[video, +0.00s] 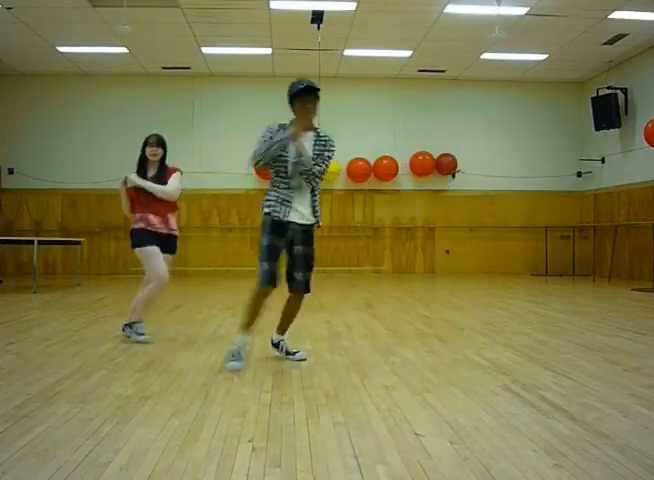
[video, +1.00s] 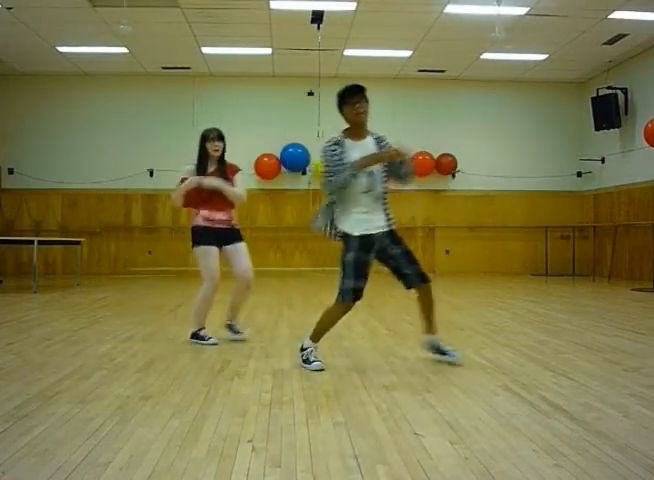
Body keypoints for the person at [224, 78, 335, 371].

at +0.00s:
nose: (311, 106)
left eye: (314, 101)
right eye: (305, 101)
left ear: (318, 105)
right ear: (293, 105)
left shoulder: (324, 141)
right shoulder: (275, 133)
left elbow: (315, 176)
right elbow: (258, 162)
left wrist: (299, 148)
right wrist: (286, 139)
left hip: (305, 220)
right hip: (276, 214)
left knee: (300, 287)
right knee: (267, 282)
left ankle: (279, 338)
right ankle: (241, 340)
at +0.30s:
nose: (285, 110)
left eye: (289, 105)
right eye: (278, 106)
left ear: (295, 110)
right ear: (268, 113)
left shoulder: (303, 145)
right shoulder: (256, 149)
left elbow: (329, 181)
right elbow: (257, 188)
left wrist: (314, 151)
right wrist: (289, 161)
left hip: (294, 235)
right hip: (262, 234)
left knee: (322, 291)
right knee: (239, 294)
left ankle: (322, 335)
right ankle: (218, 348)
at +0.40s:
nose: (290, 107)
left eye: (294, 102)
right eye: (283, 103)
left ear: (300, 106)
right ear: (273, 109)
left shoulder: (312, 141)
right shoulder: (264, 146)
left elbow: (342, 175)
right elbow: (278, 183)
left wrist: (342, 163)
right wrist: (315, 173)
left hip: (306, 232)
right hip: (274, 232)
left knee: (338, 288)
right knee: (251, 294)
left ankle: (349, 340)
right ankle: (221, 347)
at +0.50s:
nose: (302, 103)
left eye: (305, 98)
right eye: (295, 100)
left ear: (311, 103)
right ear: (284, 107)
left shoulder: (323, 137)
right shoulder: (278, 145)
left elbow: (345, 165)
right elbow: (296, 185)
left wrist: (363, 177)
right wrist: (334, 186)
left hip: (327, 227)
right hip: (296, 229)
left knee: (351, 288)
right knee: (271, 292)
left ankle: (353, 343)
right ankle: (232, 344)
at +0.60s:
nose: (315, 104)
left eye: (318, 99)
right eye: (308, 101)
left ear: (324, 104)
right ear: (297, 108)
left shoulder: (337, 136)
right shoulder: (291, 149)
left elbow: (354, 170)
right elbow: (306, 195)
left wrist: (365, 199)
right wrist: (344, 213)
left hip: (343, 224)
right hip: (315, 227)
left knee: (357, 290)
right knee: (305, 292)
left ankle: (352, 344)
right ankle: (263, 333)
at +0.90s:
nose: (347, 109)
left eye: (350, 104)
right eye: (341, 106)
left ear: (356, 109)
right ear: (330, 112)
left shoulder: (366, 144)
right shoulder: (319, 148)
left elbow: (380, 182)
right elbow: (300, 185)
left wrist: (364, 179)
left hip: (369, 227)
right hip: (342, 231)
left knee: (406, 286)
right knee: (344, 301)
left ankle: (391, 335)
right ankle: (308, 346)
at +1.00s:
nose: (360, 108)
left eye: (363, 103)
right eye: (353, 105)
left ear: (369, 107)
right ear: (342, 111)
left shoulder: (379, 141)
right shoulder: (334, 147)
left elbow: (403, 177)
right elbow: (332, 184)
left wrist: (401, 162)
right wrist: (364, 164)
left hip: (382, 228)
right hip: (354, 231)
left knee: (422, 283)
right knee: (348, 298)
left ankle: (431, 340)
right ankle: (309, 345)